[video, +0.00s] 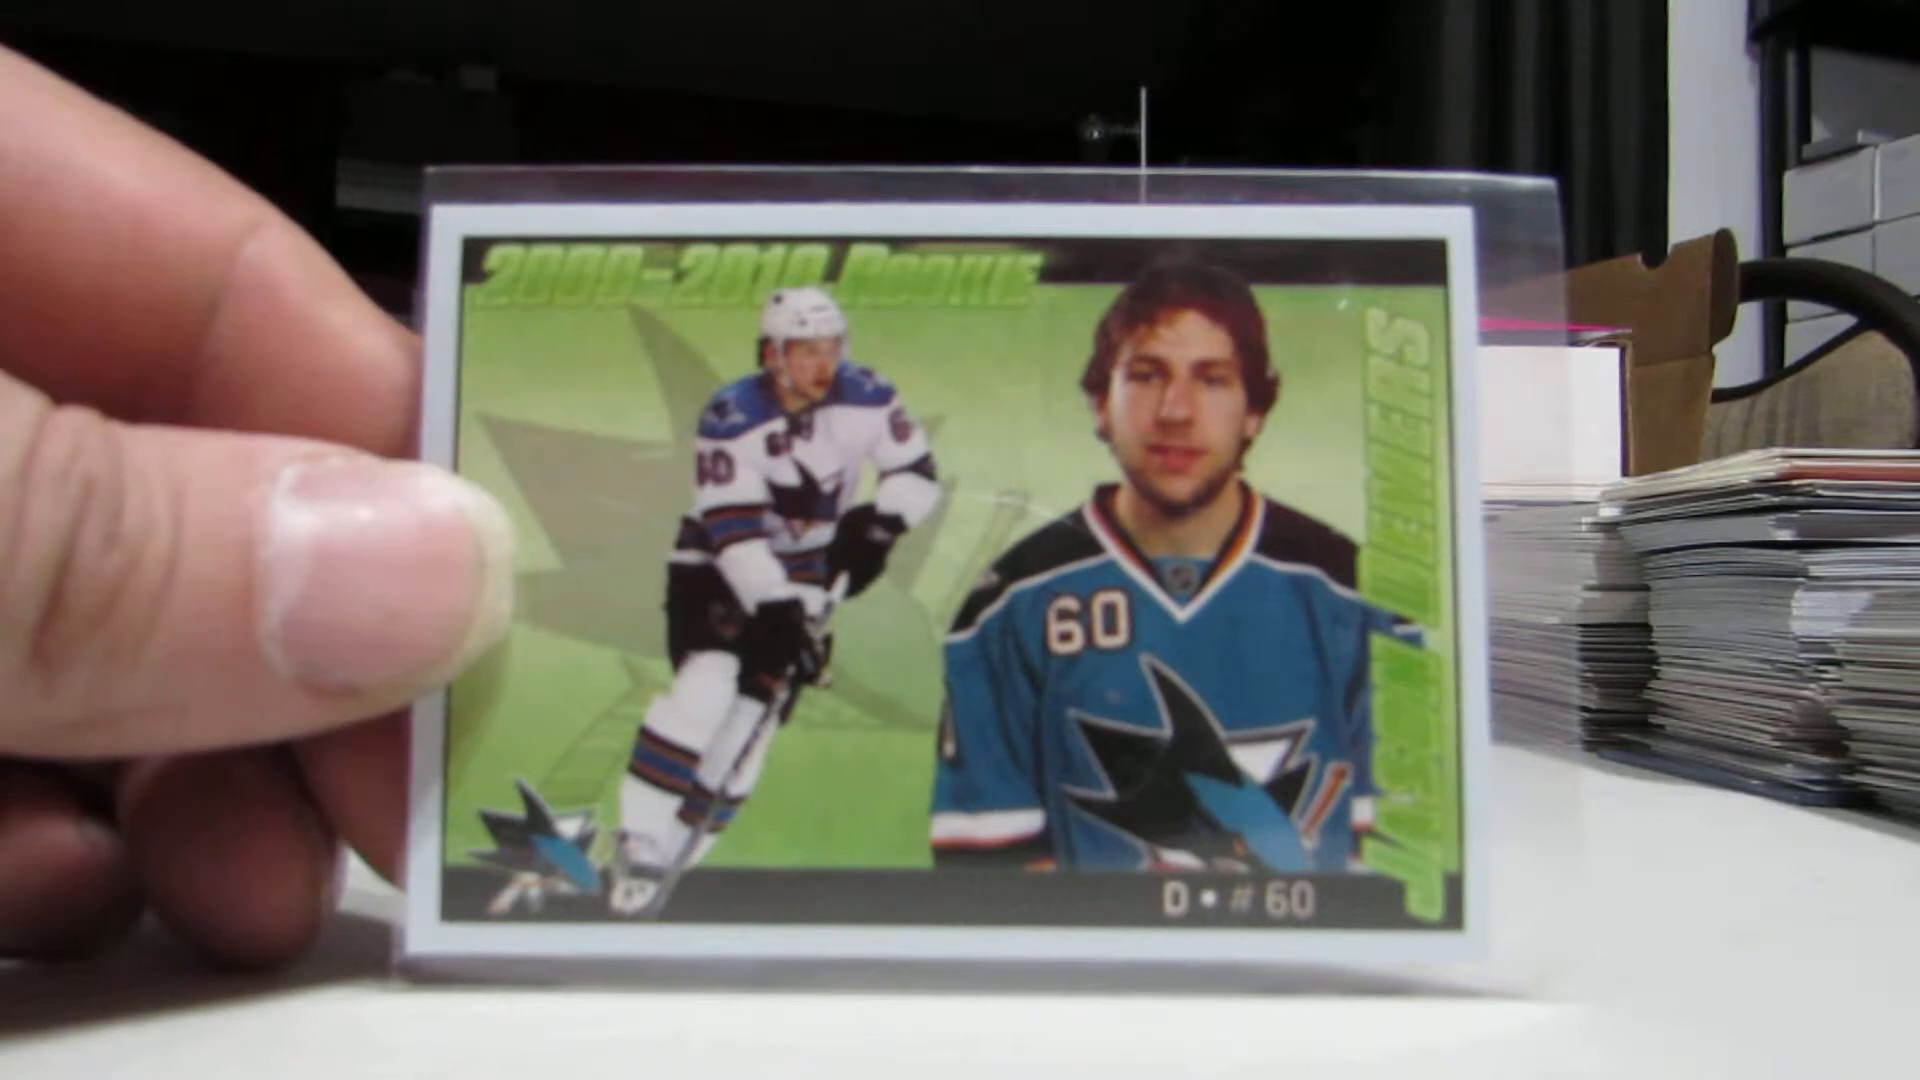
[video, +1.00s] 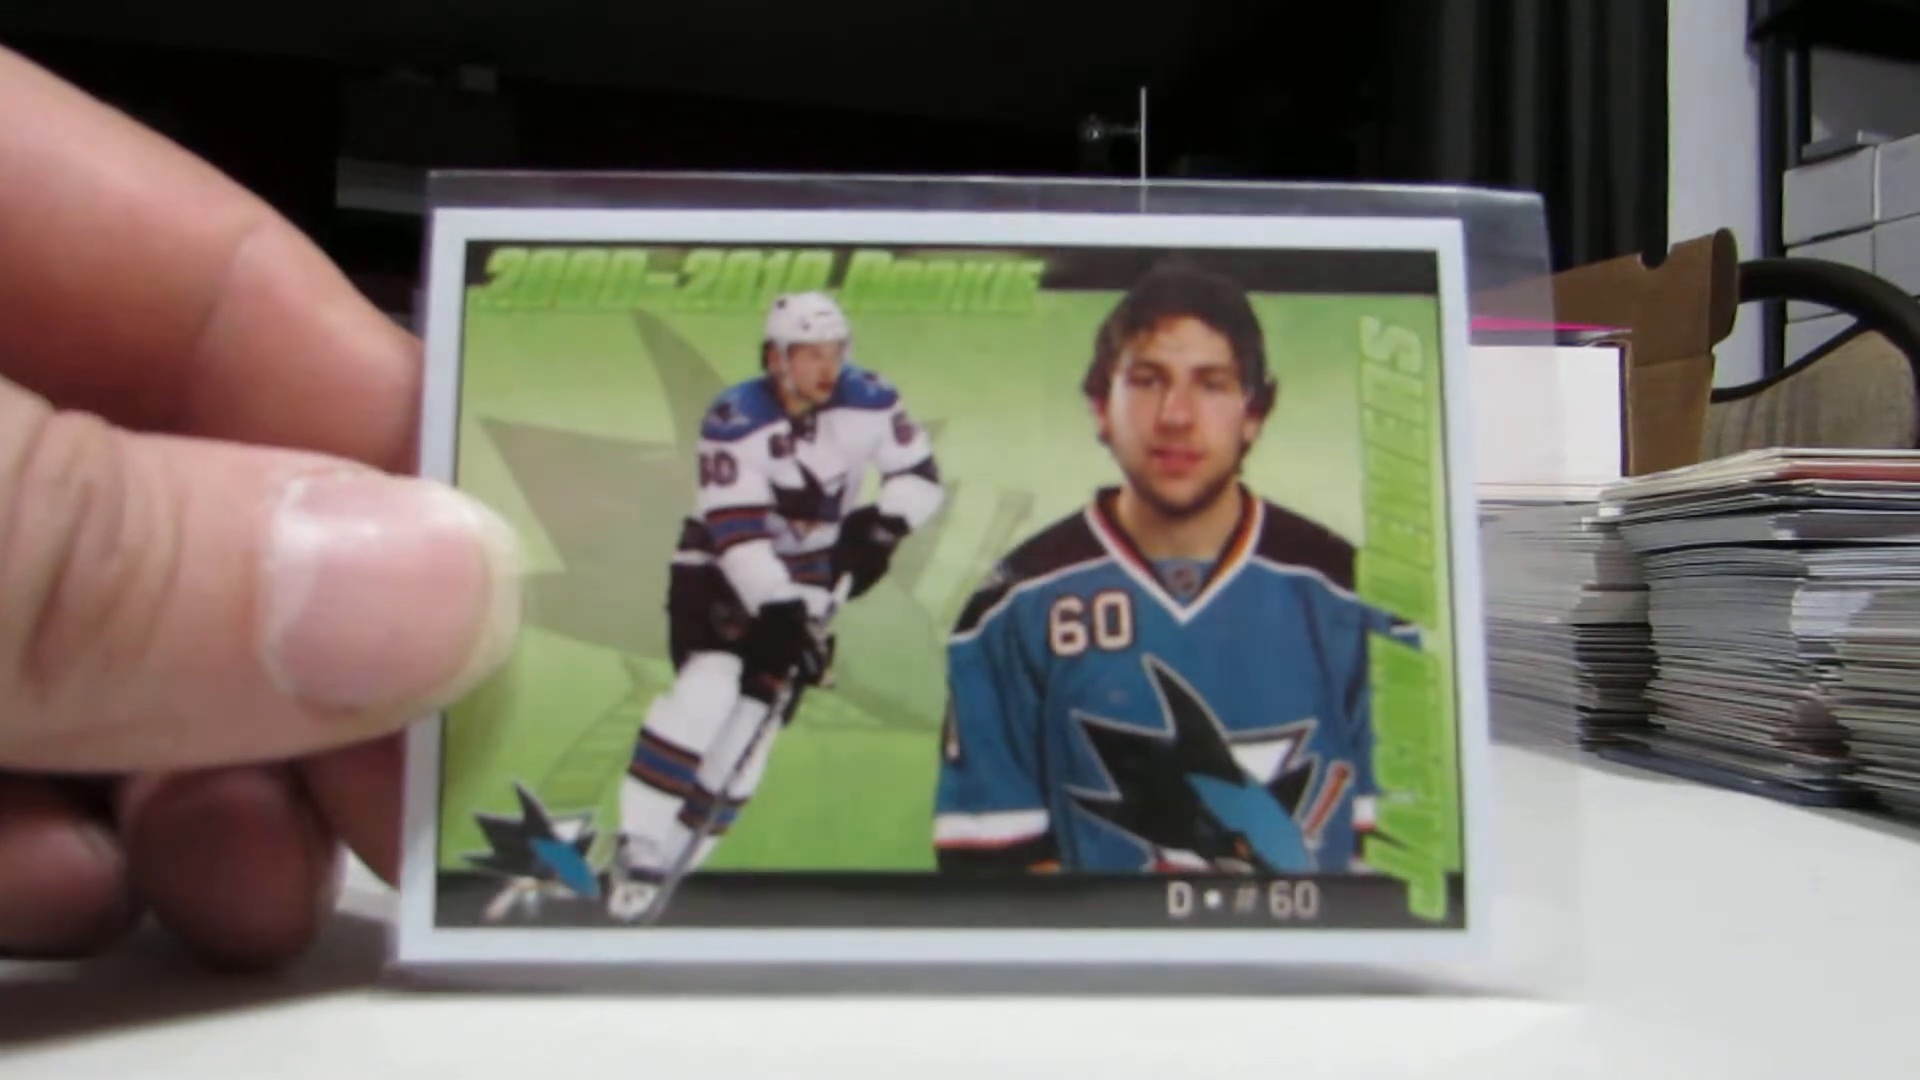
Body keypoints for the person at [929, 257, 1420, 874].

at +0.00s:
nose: (1175, 409)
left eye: (1211, 379)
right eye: (1146, 375)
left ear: (1253, 412)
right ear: (1101, 406)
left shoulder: (1349, 587)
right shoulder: (1014, 603)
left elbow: (1394, 853)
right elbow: (989, 874)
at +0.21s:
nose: (1175, 409)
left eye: (1211, 379)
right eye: (1146, 375)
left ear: (1253, 412)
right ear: (1101, 406)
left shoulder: (1350, 588)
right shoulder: (1013, 603)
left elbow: (1395, 854)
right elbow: (989, 873)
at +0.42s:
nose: (1175, 409)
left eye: (1211, 379)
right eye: (1146, 375)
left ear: (1253, 412)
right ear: (1101, 406)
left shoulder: (1350, 587)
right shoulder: (1013, 603)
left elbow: (1395, 854)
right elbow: (988, 874)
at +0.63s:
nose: (1175, 409)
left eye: (1211, 379)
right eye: (1145, 375)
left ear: (1254, 411)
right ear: (1101, 405)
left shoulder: (1350, 587)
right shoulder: (1014, 604)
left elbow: (1395, 853)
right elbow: (991, 876)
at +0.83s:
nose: (1176, 409)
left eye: (1212, 378)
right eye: (1147, 375)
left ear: (1255, 412)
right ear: (1102, 406)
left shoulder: (1353, 588)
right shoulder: (1015, 605)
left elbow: (1398, 854)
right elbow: (993, 876)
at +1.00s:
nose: (1175, 414)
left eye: (1210, 383)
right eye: (1146, 380)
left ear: (1252, 415)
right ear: (1101, 409)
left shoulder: (1349, 589)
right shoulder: (1016, 606)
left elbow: (1395, 848)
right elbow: (992, 868)